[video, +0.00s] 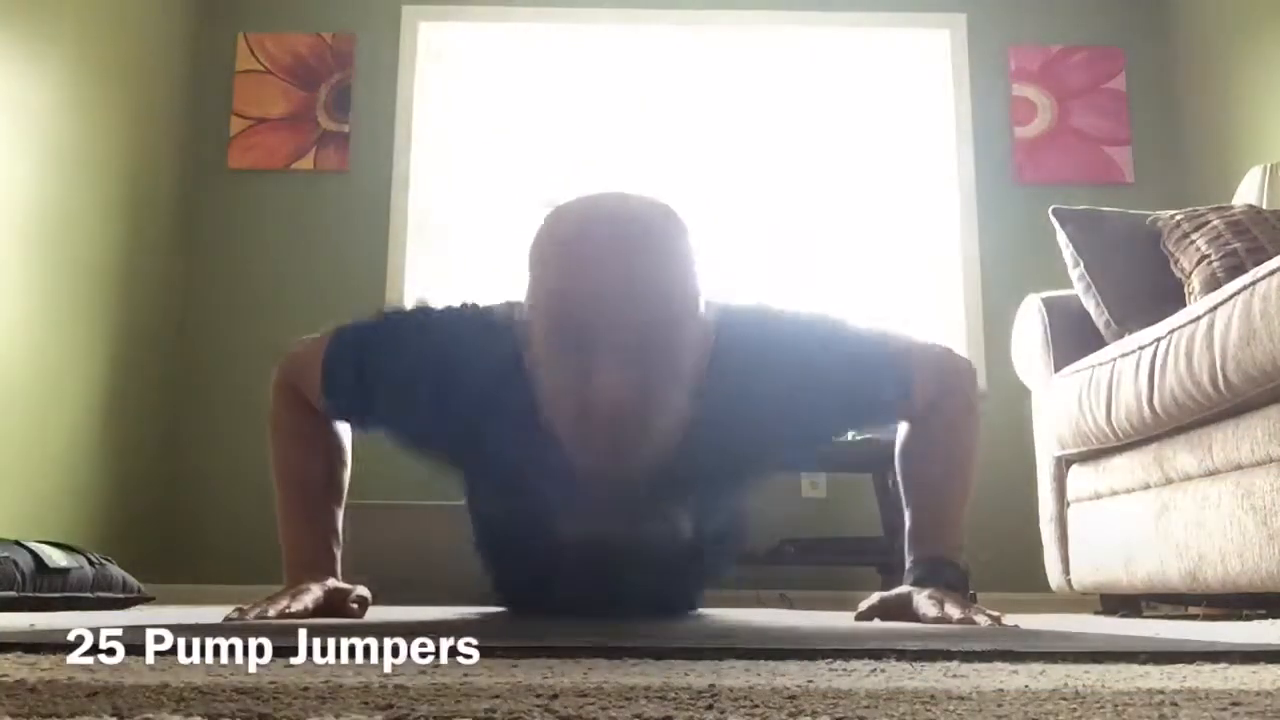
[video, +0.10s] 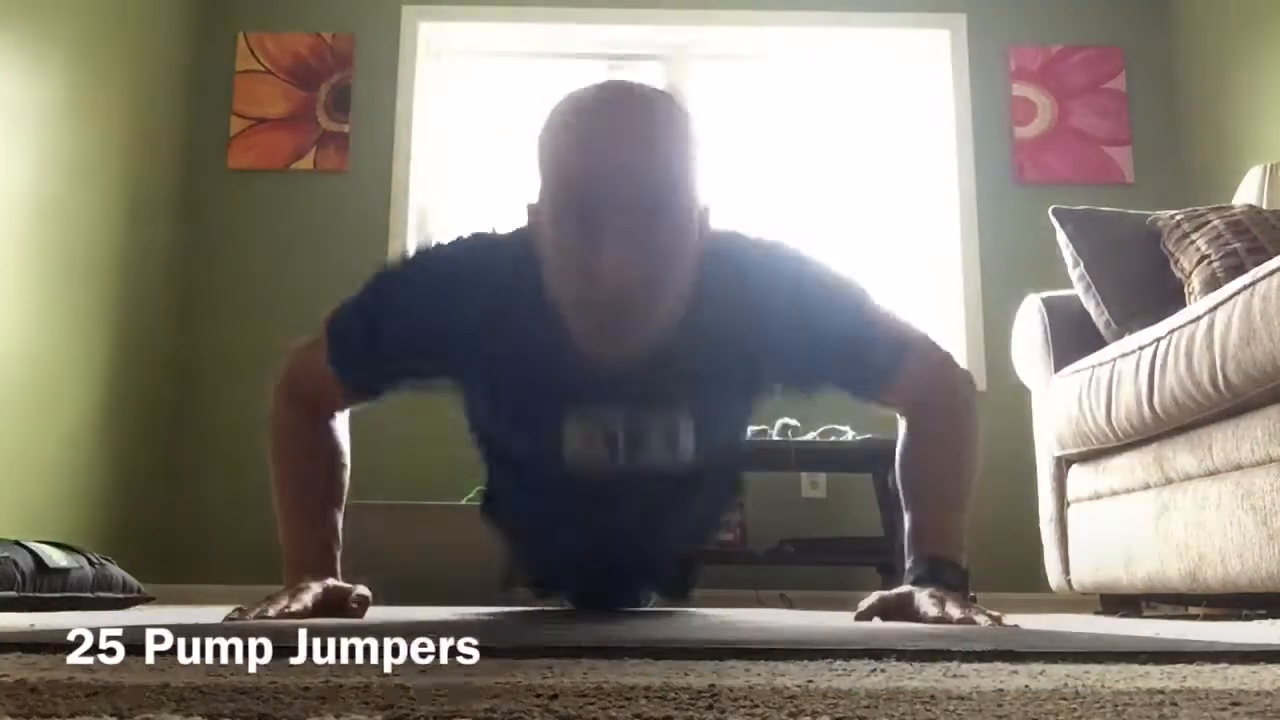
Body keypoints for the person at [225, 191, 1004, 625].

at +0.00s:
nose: (610, 391)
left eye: (646, 355)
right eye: (578, 352)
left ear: (697, 335)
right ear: (529, 333)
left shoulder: (769, 362)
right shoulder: (453, 360)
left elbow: (947, 383)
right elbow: (301, 383)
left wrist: (933, 572)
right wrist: (314, 575)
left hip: (682, 598)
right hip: (532, 598)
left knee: (669, 589)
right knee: (553, 596)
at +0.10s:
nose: (613, 262)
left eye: (647, 218)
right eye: (582, 220)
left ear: (697, 218)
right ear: (536, 215)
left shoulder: (760, 292)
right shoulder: (458, 294)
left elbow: (942, 392)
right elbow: (303, 392)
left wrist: (932, 574)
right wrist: (313, 577)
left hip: (678, 564)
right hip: (531, 566)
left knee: (659, 570)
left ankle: (649, 588)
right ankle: (561, 583)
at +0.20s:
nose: (619, 180)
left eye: (653, 140)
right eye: (588, 140)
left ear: (695, 135)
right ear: (543, 134)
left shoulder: (763, 231)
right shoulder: (460, 235)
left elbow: (929, 392)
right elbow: (317, 391)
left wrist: (933, 576)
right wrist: (314, 576)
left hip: (678, 463)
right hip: (548, 466)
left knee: (657, 530)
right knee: (570, 532)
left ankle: (635, 563)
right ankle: (585, 564)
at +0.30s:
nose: (616, 102)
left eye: (650, 63)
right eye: (583, 62)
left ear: (697, 58)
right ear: (538, 58)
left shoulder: (759, 159)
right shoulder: (456, 164)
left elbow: (884, 371)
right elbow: (343, 370)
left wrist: (927, 571)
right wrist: (318, 574)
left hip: (675, 365)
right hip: (550, 368)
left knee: (659, 469)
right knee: (560, 468)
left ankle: (646, 526)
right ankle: (572, 516)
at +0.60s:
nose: (602, 104)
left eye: (636, 65)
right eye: (570, 67)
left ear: (684, 62)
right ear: (528, 58)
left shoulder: (742, 152)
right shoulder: (461, 158)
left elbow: (823, 375)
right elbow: (426, 375)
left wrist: (807, 571)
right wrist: (442, 578)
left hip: (687, 350)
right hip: (532, 355)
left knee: (771, 463)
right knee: (458, 458)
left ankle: (828, 543)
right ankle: (409, 529)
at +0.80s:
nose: (618, 370)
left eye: (650, 332)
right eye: (583, 332)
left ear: (698, 308)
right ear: (533, 313)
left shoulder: (760, 336)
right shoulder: (448, 347)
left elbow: (884, 410)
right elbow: (379, 426)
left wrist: (817, 575)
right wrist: (436, 569)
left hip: (705, 528)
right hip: (519, 538)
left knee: (775, 565)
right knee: (485, 595)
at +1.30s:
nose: (635, 254)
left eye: (667, 216)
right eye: (606, 213)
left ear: (716, 222)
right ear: (555, 222)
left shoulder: (783, 296)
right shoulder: (465, 295)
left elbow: (888, 411)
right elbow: (399, 416)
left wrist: (817, 572)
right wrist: (440, 579)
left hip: (721, 559)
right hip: (532, 562)